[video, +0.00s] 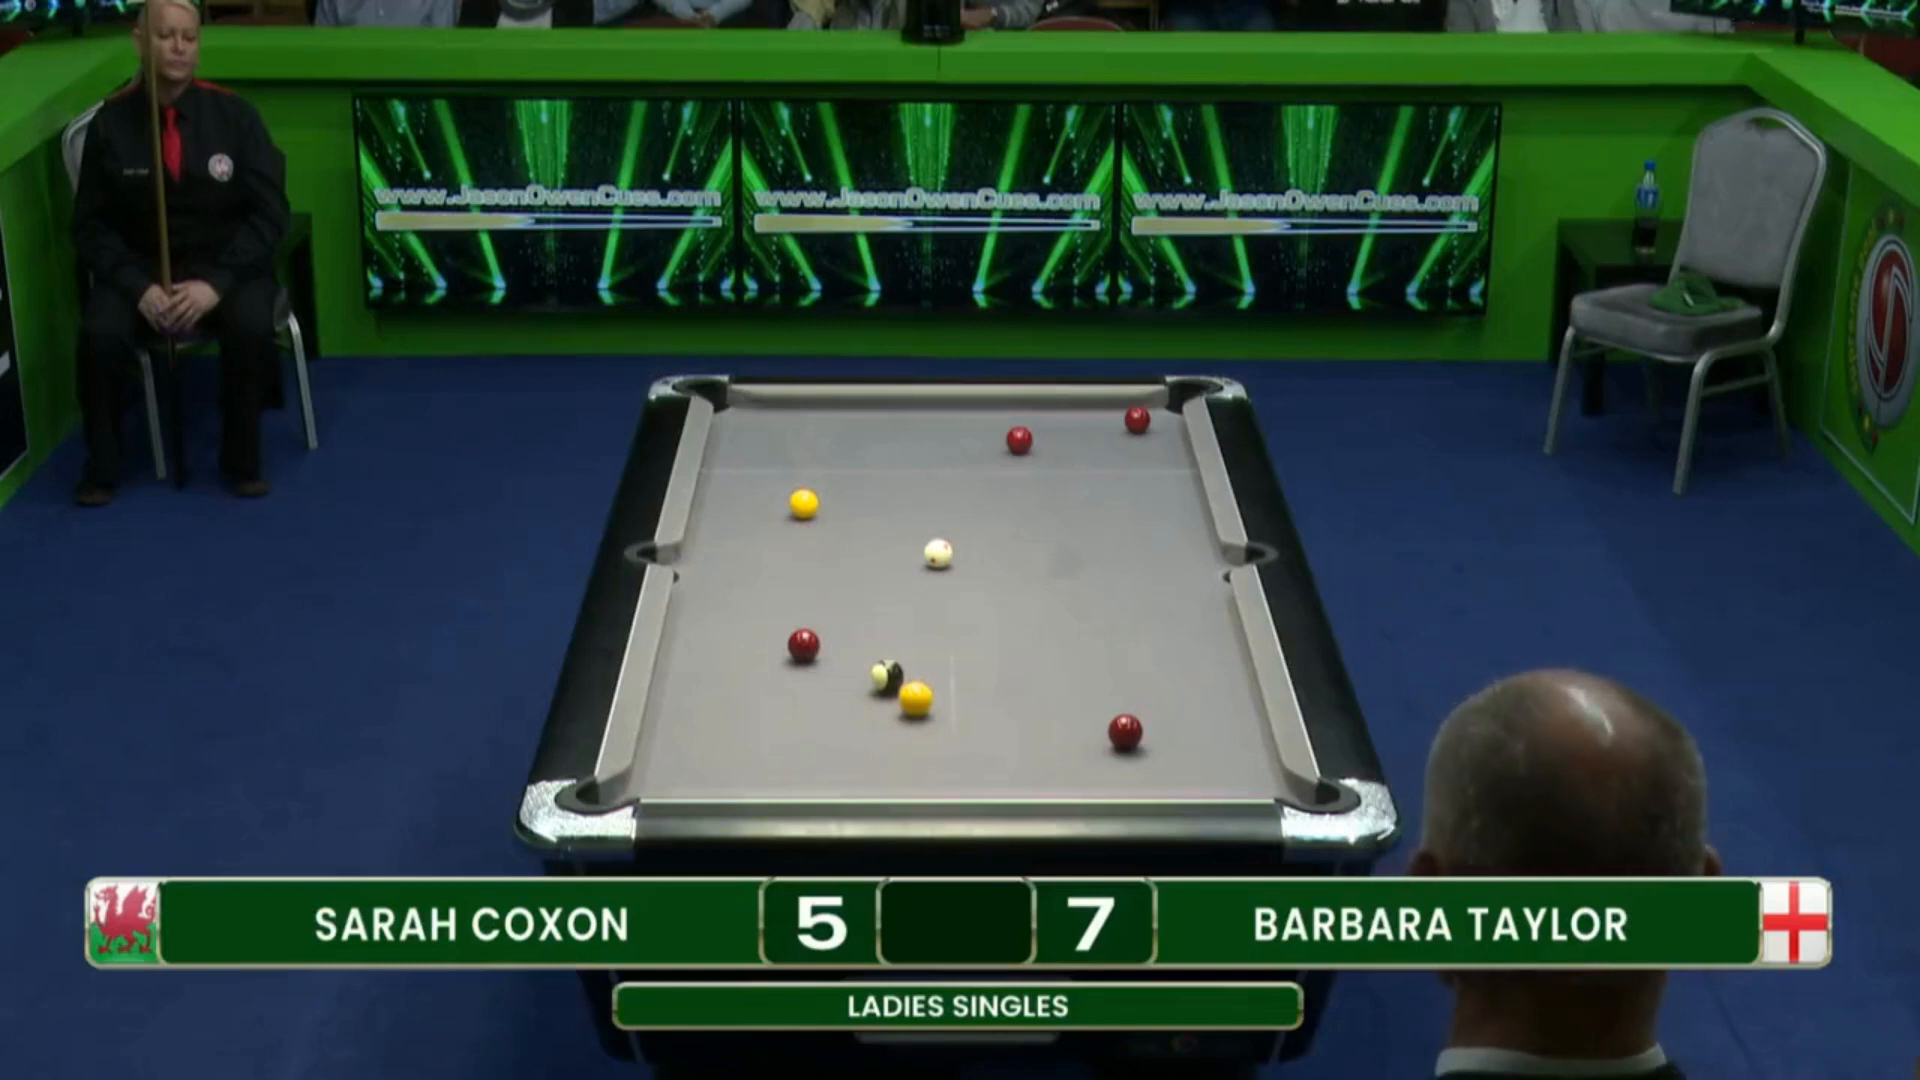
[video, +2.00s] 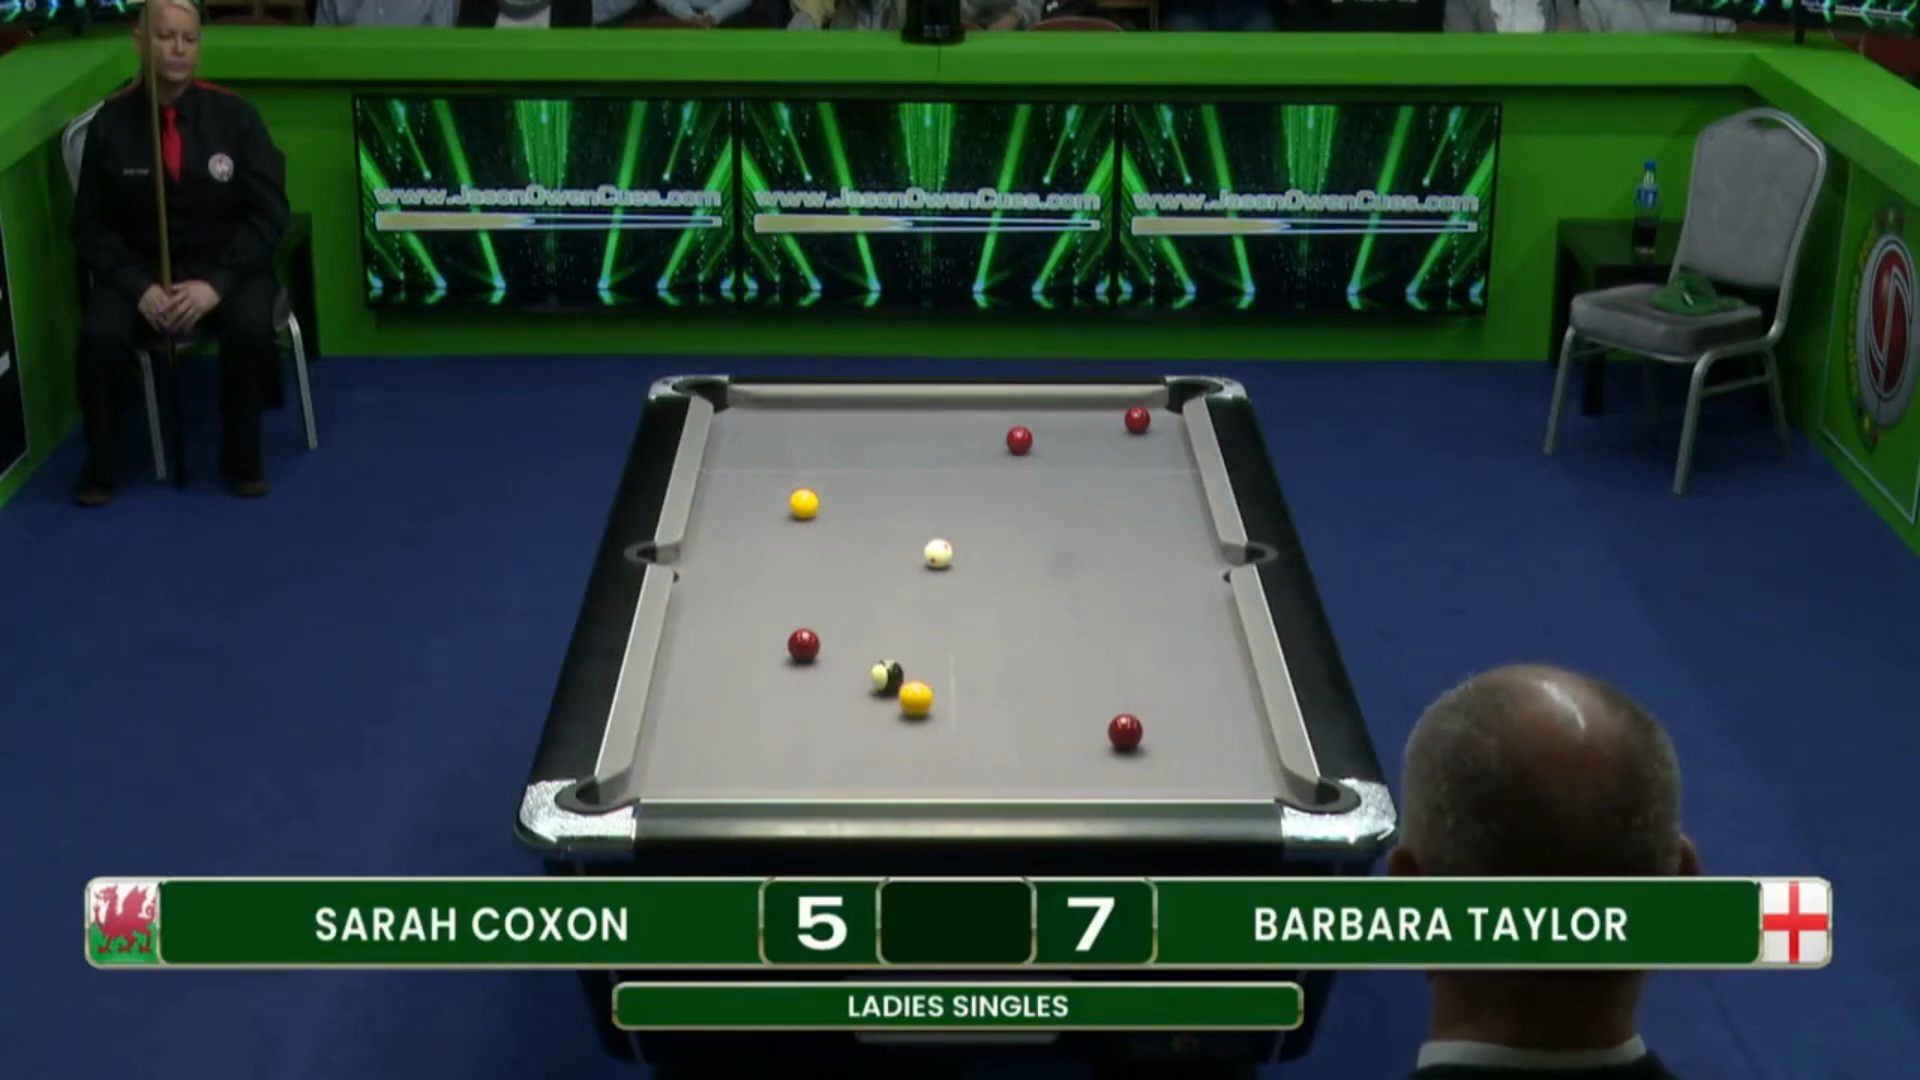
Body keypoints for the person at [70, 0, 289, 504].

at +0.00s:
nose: (180, 48)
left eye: (189, 37)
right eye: (166, 36)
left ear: (199, 44)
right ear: (141, 41)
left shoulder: (235, 115)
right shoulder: (111, 121)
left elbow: (269, 214)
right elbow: (90, 226)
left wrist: (213, 283)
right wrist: (140, 287)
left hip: (221, 267)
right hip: (138, 274)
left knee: (248, 327)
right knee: (102, 333)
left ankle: (243, 462)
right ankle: (101, 468)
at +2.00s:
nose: (179, 49)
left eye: (189, 38)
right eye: (166, 37)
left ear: (199, 45)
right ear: (141, 41)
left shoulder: (235, 115)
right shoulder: (111, 121)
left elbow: (269, 214)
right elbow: (90, 226)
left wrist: (213, 283)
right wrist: (140, 287)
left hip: (221, 266)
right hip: (138, 273)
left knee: (249, 329)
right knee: (101, 335)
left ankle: (243, 461)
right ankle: (101, 467)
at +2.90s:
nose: (179, 48)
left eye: (189, 38)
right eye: (165, 37)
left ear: (199, 44)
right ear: (141, 41)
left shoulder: (235, 115)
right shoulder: (111, 121)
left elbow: (269, 214)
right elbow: (90, 226)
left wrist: (214, 283)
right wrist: (140, 287)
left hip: (221, 267)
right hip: (138, 273)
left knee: (249, 329)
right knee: (101, 335)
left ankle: (244, 461)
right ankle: (101, 467)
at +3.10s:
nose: (179, 49)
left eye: (189, 38)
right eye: (165, 37)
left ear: (199, 44)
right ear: (141, 41)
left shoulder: (234, 115)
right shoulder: (111, 121)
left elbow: (269, 214)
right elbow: (90, 226)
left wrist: (214, 283)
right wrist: (140, 287)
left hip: (221, 267)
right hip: (138, 273)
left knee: (249, 329)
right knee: (101, 335)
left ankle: (243, 462)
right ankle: (101, 467)